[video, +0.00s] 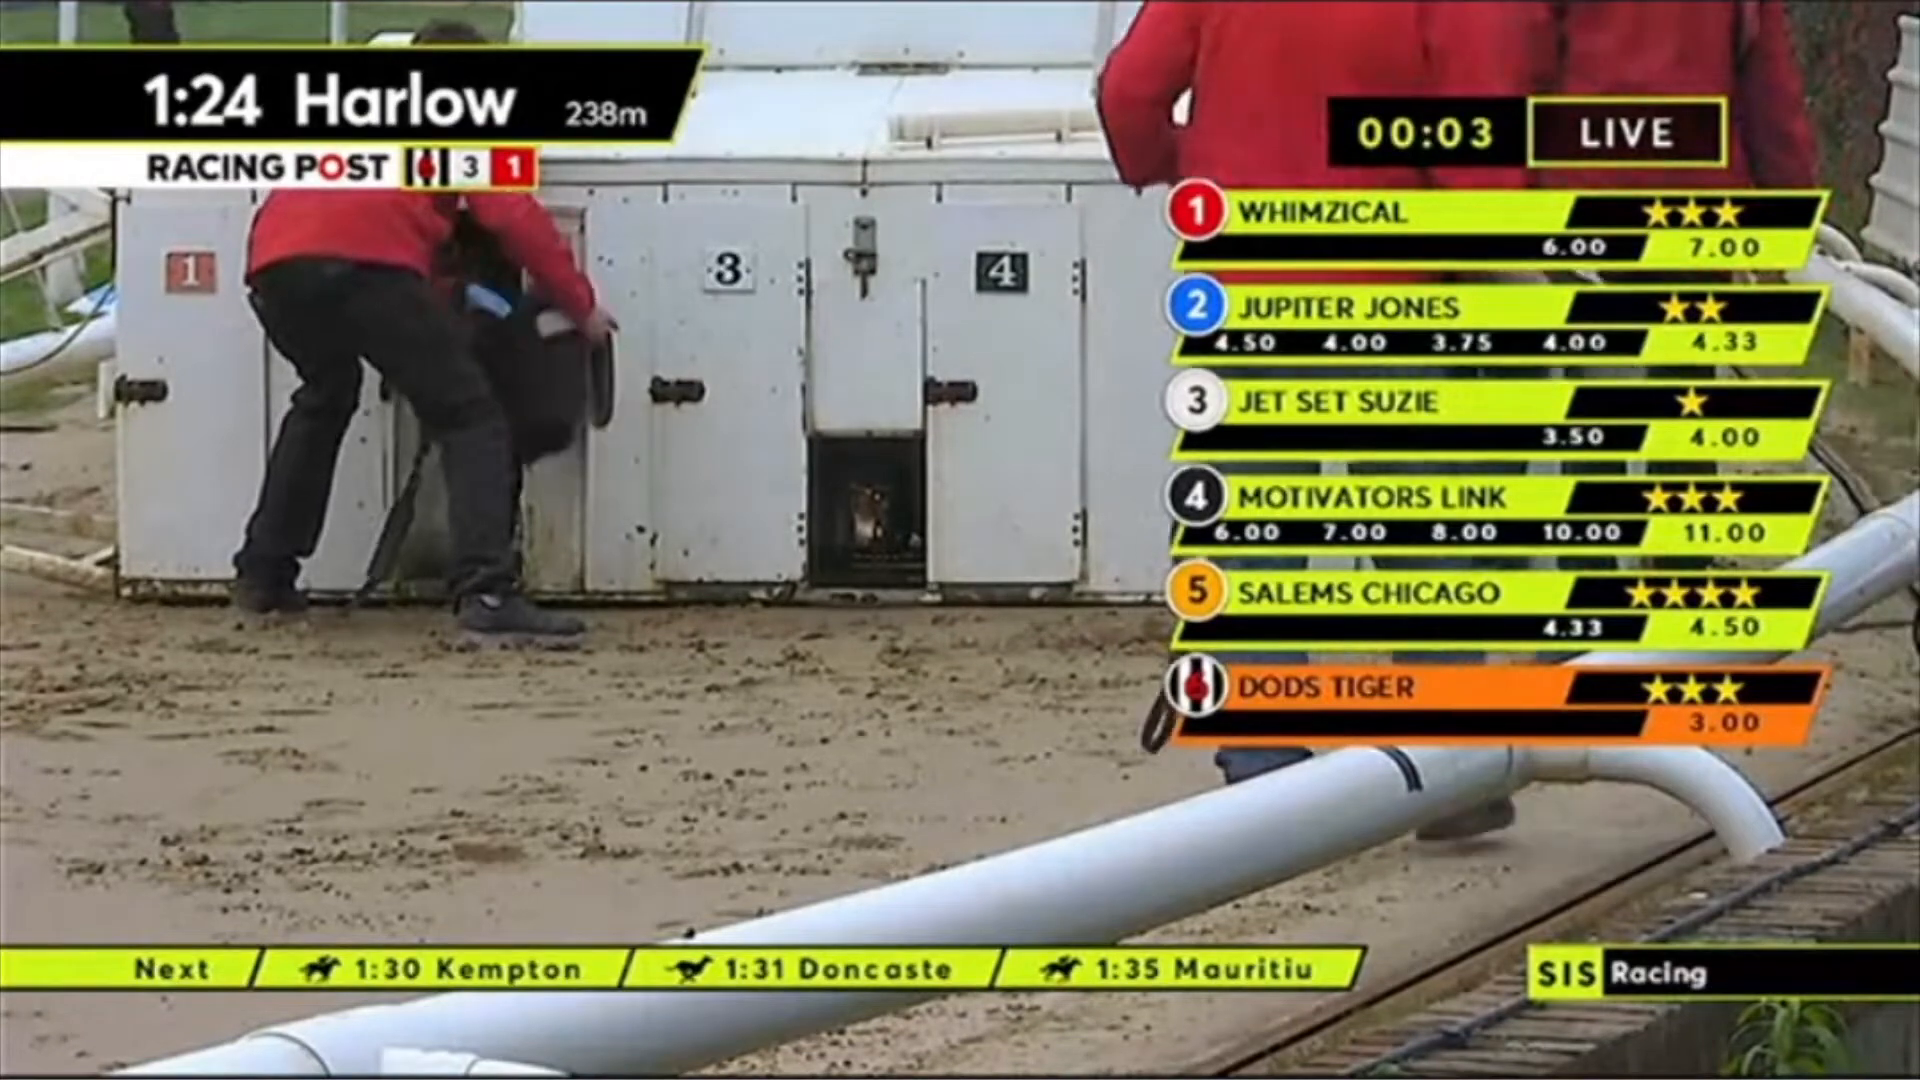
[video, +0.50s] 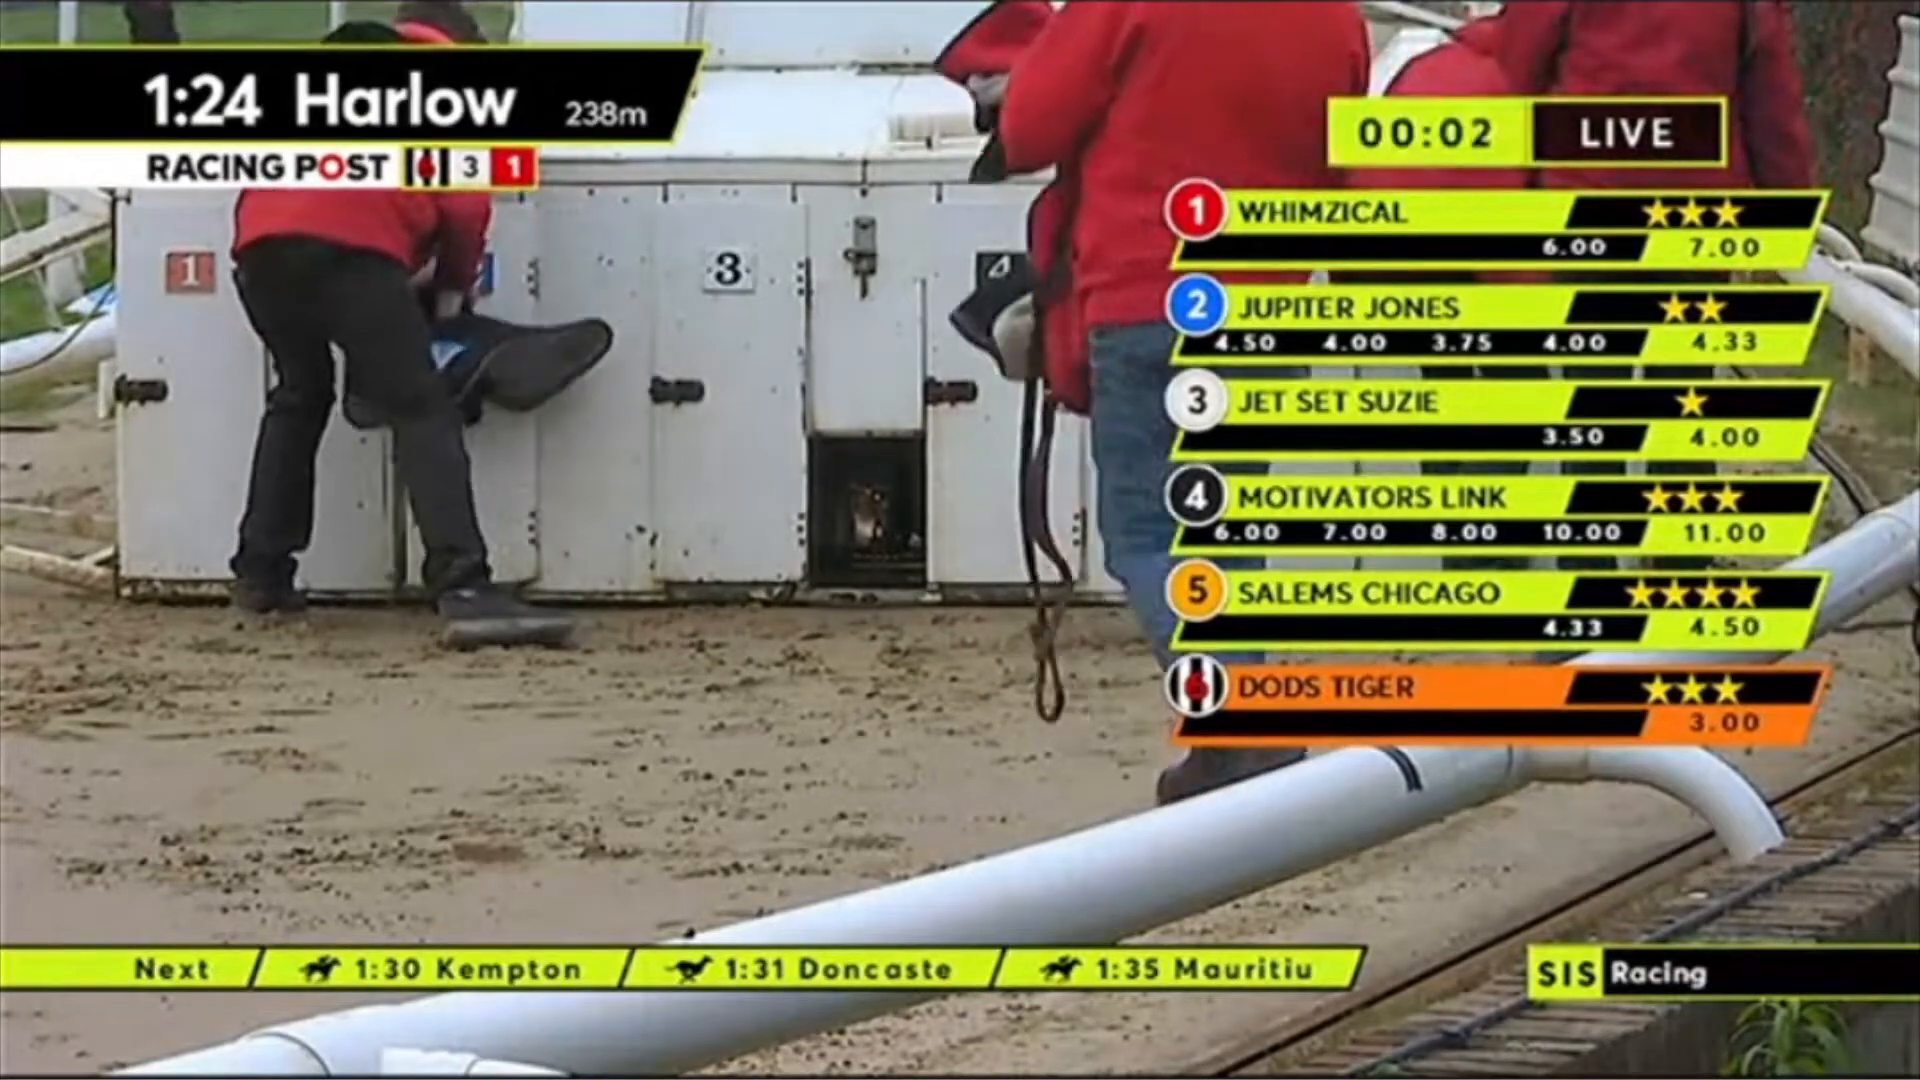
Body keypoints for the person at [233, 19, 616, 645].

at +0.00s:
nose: (490, 104)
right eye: (485, 91)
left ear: (411, 61)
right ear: (473, 78)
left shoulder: (353, 117)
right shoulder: (468, 128)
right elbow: (515, 218)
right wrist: (583, 309)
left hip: (277, 266)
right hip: (375, 265)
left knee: (326, 391)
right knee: (471, 418)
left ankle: (264, 572)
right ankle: (487, 594)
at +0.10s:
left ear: (405, 70)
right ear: (473, 81)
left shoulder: (360, 125)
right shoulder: (477, 127)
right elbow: (540, 213)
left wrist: (499, 320)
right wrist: (577, 307)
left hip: (279, 271)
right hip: (373, 268)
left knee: (326, 394)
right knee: (480, 418)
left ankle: (264, 574)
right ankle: (489, 594)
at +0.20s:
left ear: (401, 55)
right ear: (471, 63)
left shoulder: (353, 104)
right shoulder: (486, 110)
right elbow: (513, 205)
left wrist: (459, 316)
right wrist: (510, 303)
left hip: (283, 269)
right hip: (382, 267)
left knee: (320, 392)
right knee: (472, 420)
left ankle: (263, 575)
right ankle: (489, 594)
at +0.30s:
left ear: (400, 43)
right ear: (471, 54)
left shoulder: (348, 89)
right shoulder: (490, 105)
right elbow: (501, 221)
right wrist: (482, 298)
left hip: (280, 267)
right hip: (381, 266)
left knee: (319, 390)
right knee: (467, 419)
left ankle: (263, 575)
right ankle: (489, 594)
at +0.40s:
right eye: (482, 52)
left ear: (406, 28)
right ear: (472, 45)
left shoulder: (342, 69)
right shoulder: (478, 97)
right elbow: (475, 227)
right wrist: (456, 298)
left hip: (269, 253)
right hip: (368, 260)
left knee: (305, 391)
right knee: (433, 417)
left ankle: (262, 577)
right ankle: (481, 591)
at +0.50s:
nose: (473, 63)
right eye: (470, 50)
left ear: (402, 26)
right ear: (458, 43)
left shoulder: (331, 69)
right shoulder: (456, 90)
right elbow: (467, 209)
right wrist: (454, 292)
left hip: (262, 245)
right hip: (360, 252)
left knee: (299, 390)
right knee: (422, 409)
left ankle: (260, 575)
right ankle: (463, 586)